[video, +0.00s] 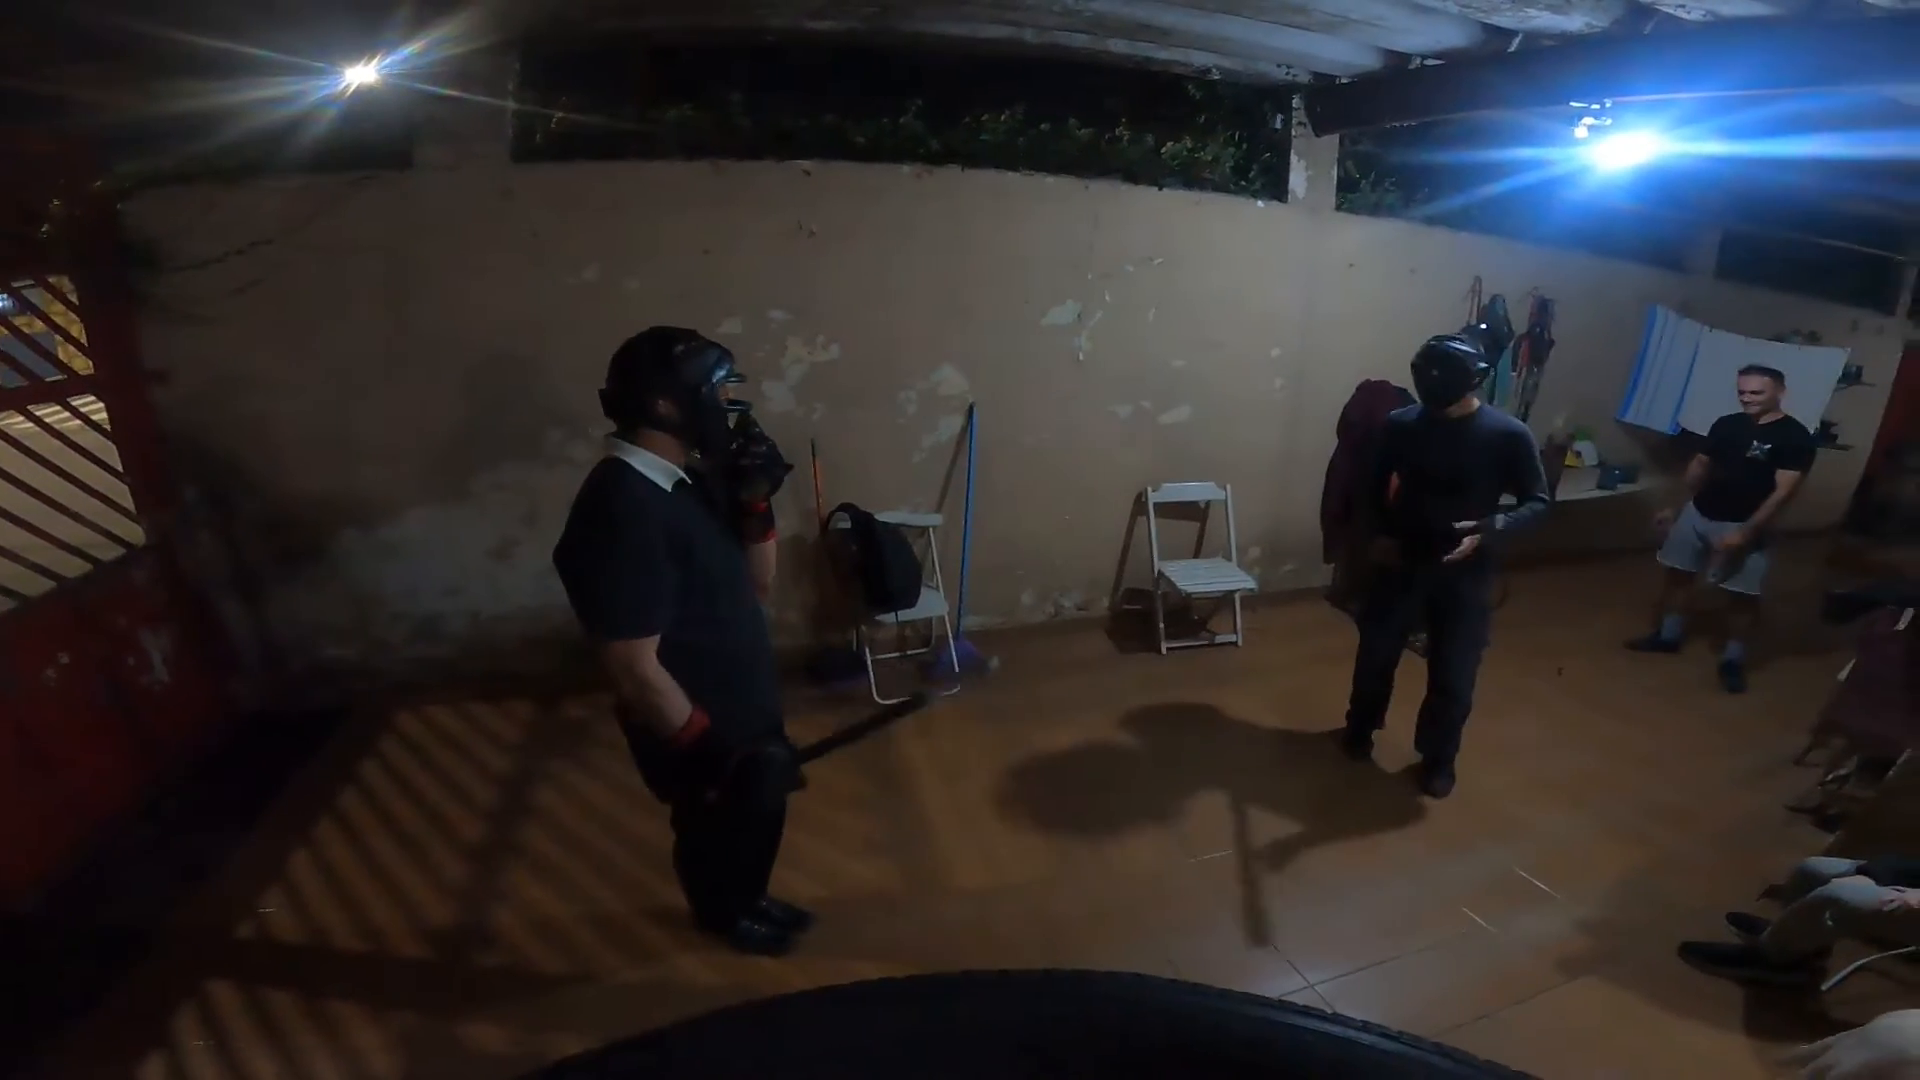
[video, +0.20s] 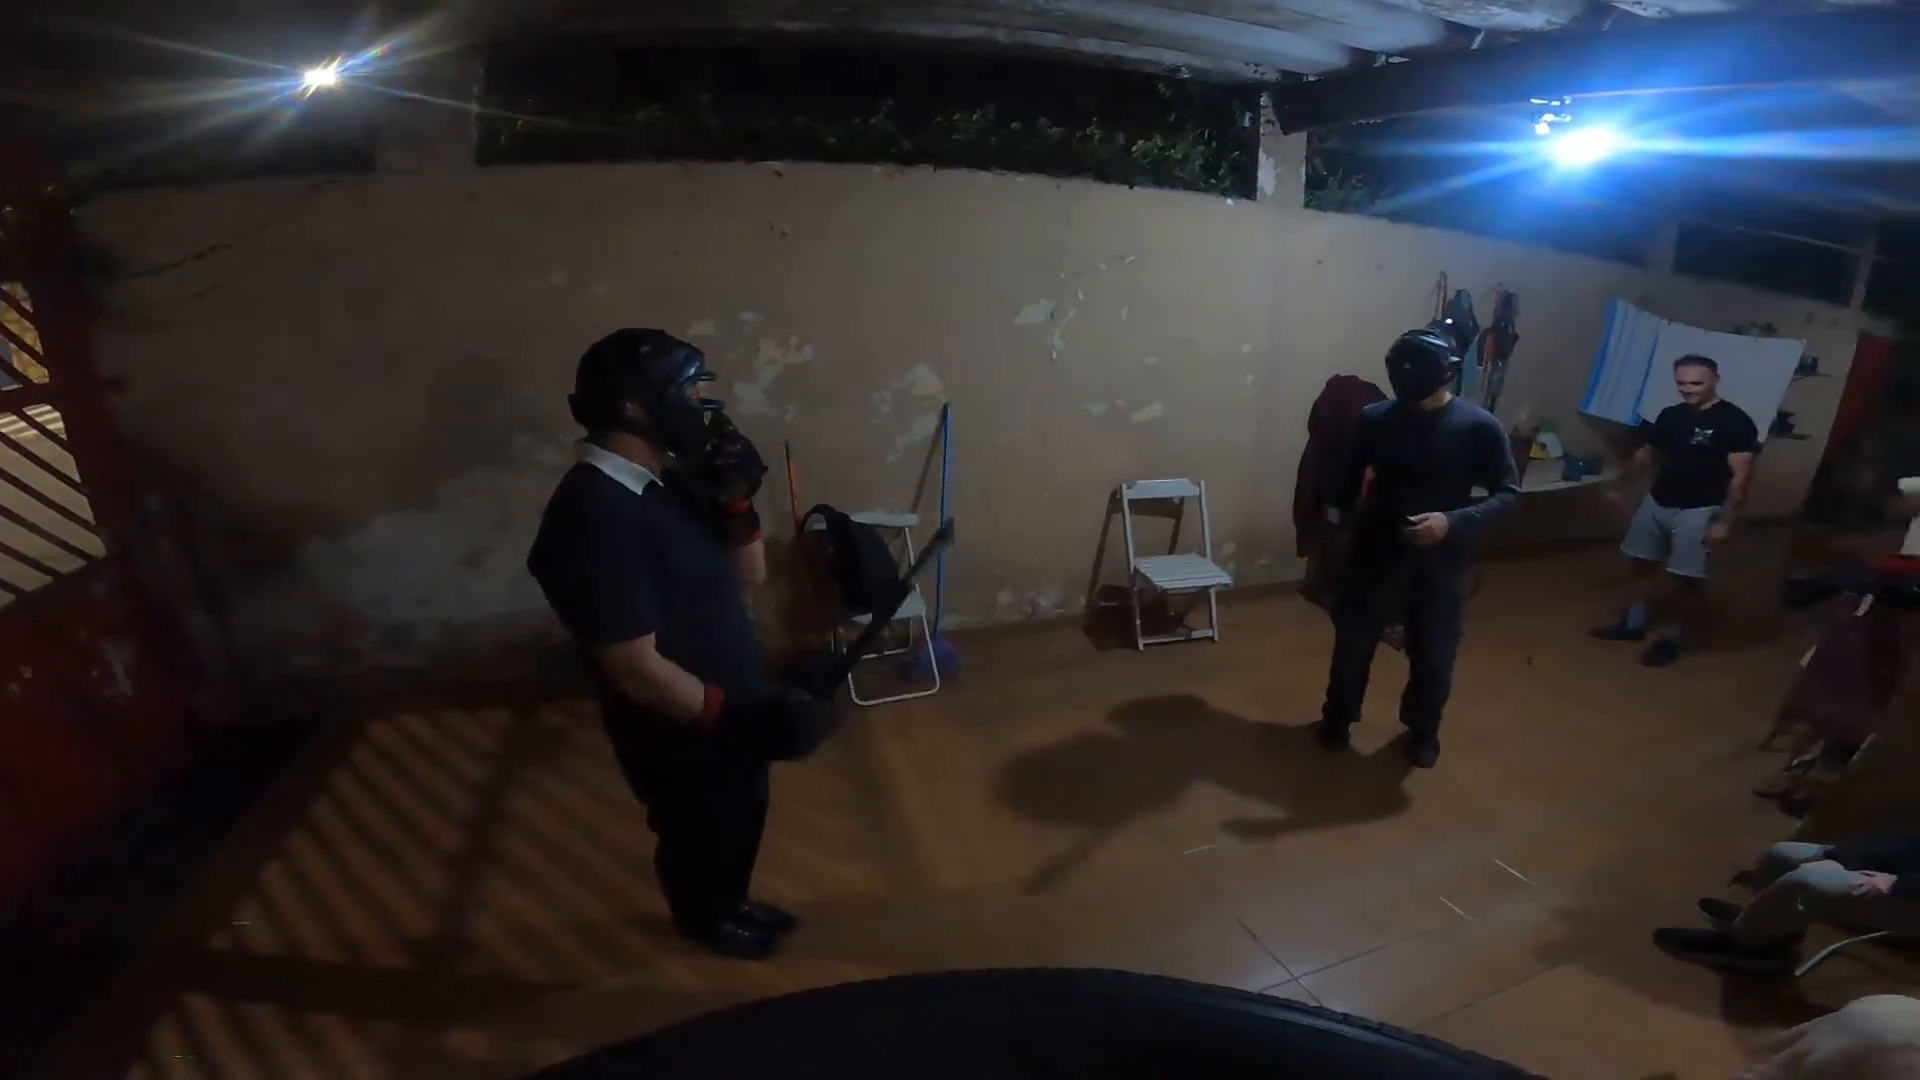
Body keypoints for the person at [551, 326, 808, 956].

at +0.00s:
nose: (726, 402)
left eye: (723, 385)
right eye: (708, 388)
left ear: (666, 408)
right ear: (661, 407)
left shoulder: (687, 479)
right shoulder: (614, 510)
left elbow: (756, 587)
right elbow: (633, 666)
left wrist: (754, 505)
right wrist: (706, 742)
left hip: (741, 694)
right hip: (695, 719)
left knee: (755, 809)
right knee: (718, 824)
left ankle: (747, 898)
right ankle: (723, 914)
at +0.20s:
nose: (702, 401)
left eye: (697, 386)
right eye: (683, 390)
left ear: (637, 411)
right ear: (633, 410)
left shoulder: (666, 483)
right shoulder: (587, 520)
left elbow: (747, 580)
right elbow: (633, 666)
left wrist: (735, 503)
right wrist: (734, 712)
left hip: (723, 700)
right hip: (668, 723)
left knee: (736, 814)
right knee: (694, 826)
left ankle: (729, 901)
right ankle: (703, 918)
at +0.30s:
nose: (626, 404)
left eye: (623, 390)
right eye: (609, 392)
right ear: (574, 405)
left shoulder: (591, 492)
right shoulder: (534, 512)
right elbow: (565, 645)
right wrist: (647, 694)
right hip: (616, 706)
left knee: (662, 805)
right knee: (656, 812)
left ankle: (667, 904)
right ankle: (664, 916)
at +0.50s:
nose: (594, 388)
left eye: (589, 373)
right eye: (573, 378)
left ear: (526, 403)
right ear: (523, 400)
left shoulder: (562, 477)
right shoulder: (482, 513)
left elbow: (655, 568)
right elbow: (528, 667)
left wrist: (646, 492)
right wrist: (642, 713)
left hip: (629, 696)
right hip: (572, 723)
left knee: (648, 814)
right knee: (610, 830)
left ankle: (648, 907)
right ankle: (623, 926)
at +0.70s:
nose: (637, 376)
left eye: (629, 360)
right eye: (614, 367)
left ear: (568, 397)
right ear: (565, 395)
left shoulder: (596, 471)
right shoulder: (526, 504)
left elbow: (623, 577)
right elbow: (555, 662)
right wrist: (650, 722)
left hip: (650, 695)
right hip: (600, 721)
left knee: (666, 817)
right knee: (632, 828)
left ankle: (668, 901)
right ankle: (643, 921)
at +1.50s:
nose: (823, 405)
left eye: (819, 392)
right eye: (809, 395)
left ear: (757, 414)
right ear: (770, 416)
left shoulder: (694, 472)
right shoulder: (742, 510)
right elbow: (765, 652)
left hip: (686, 660)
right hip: (730, 679)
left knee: (758, 745)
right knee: (834, 778)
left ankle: (732, 861)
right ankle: (890, 900)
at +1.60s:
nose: (853, 407)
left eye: (847, 391)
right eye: (839, 395)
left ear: (760, 416)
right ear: (804, 422)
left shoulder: (705, 469)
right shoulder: (784, 531)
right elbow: (826, 658)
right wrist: (939, 617)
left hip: (707, 667)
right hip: (768, 689)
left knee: (759, 763)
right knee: (858, 785)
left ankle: (733, 865)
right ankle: (895, 901)